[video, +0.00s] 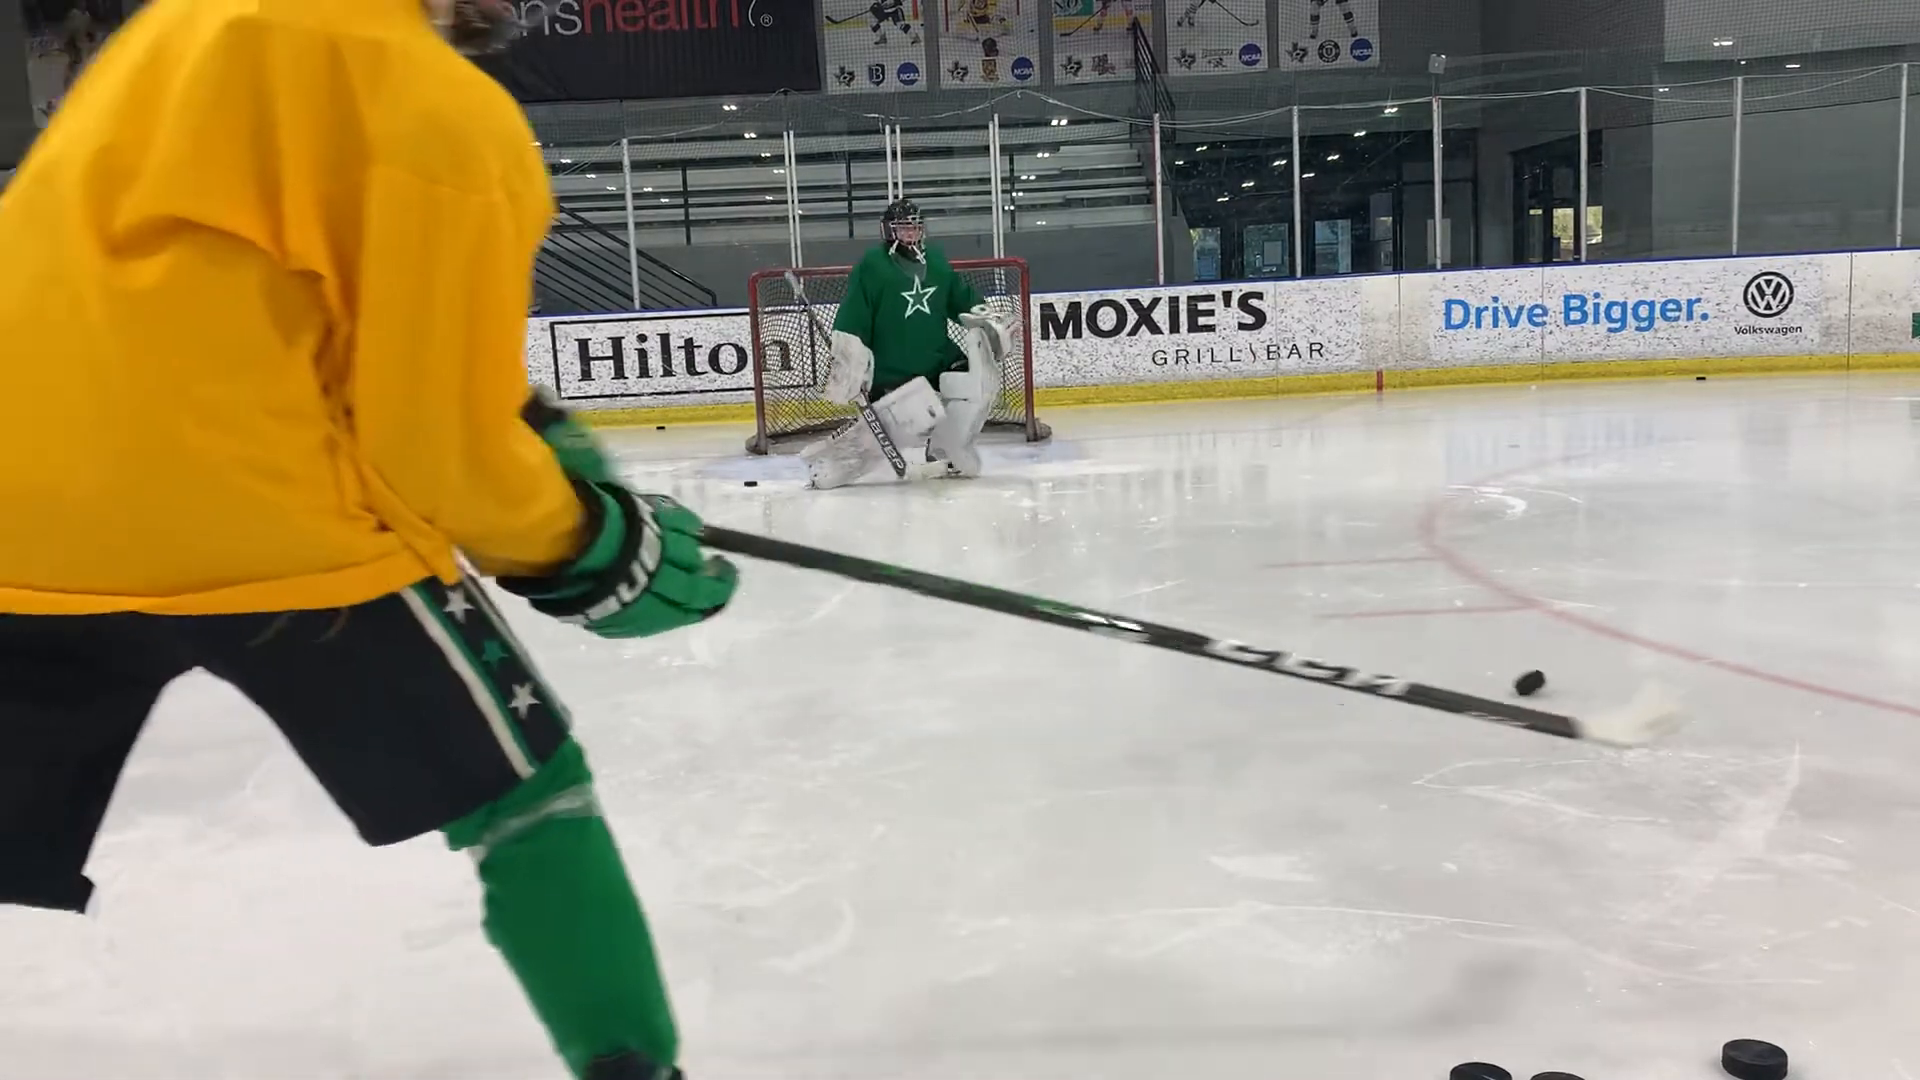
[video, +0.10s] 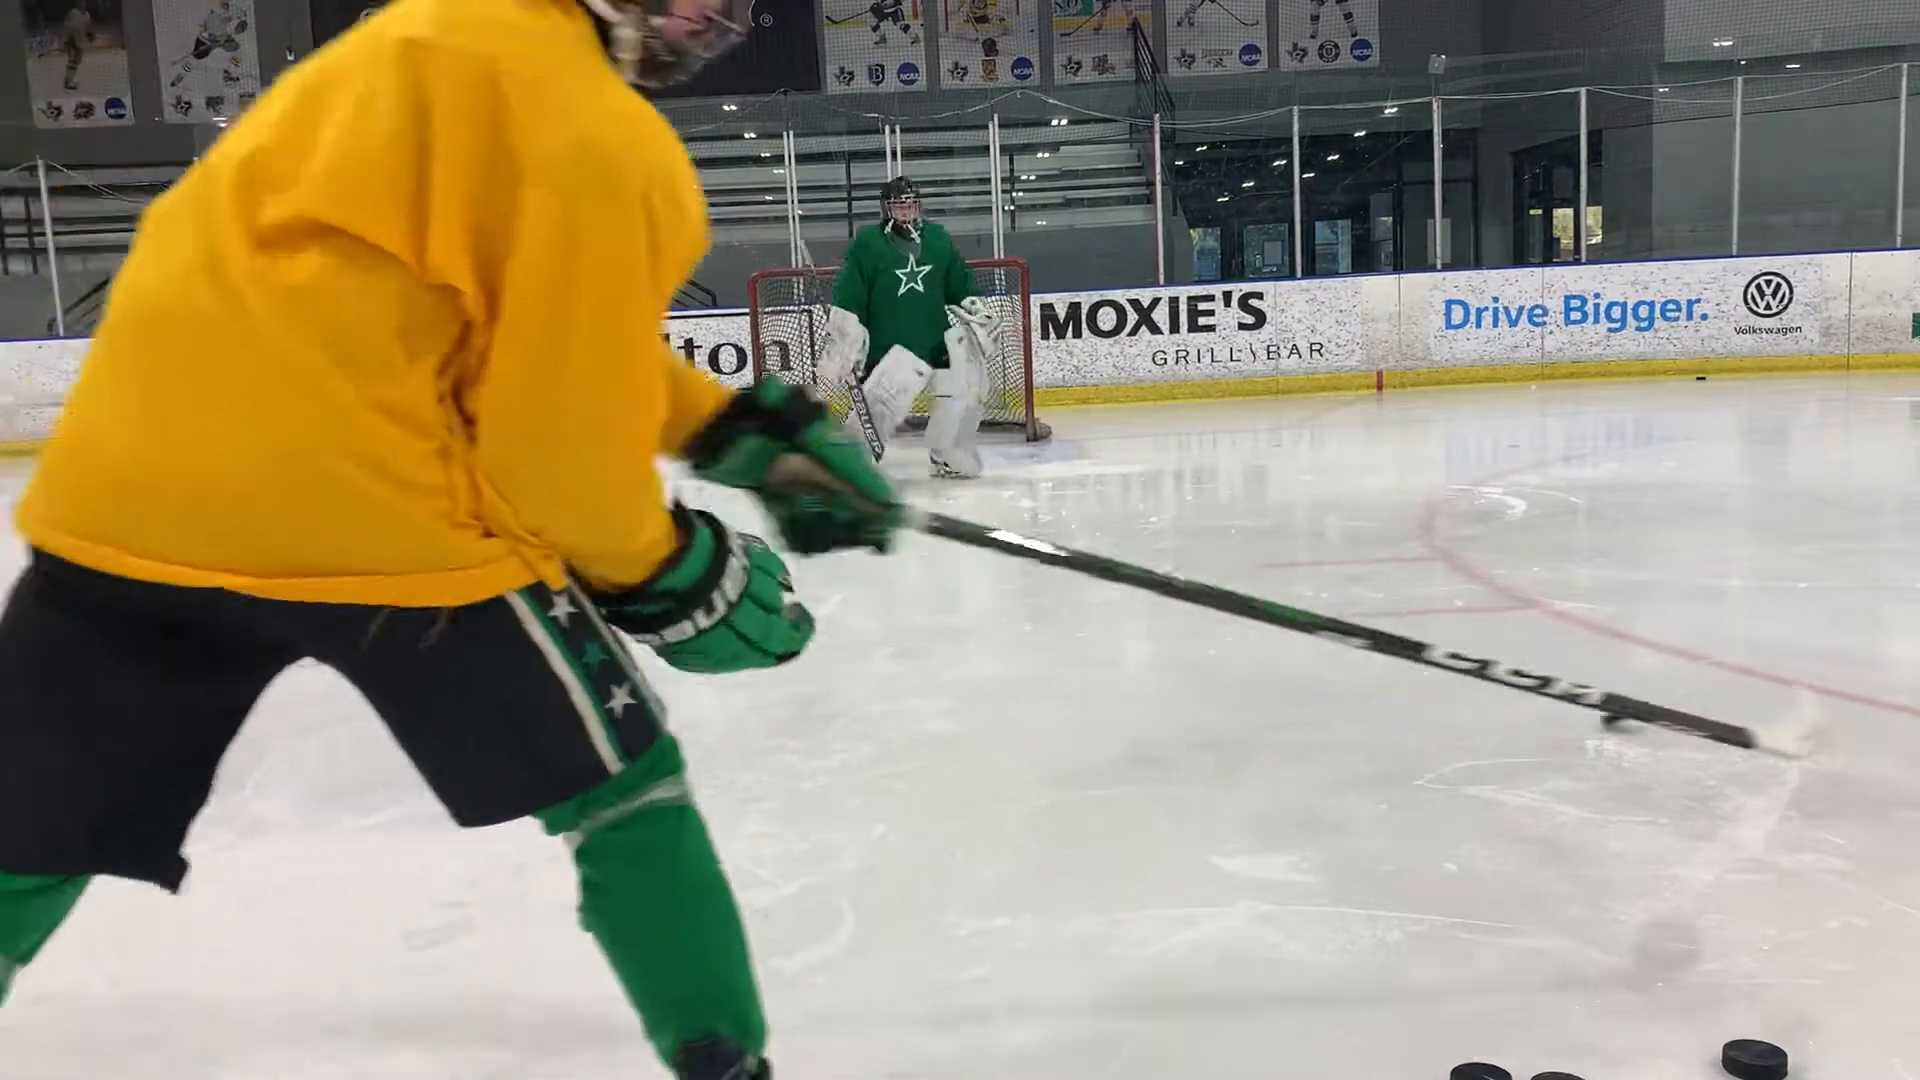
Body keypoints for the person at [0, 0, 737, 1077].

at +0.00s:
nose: (505, 18)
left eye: (508, 10)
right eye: (502, 5)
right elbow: (439, 441)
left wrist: (511, 428)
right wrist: (598, 553)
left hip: (34, 509)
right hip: (269, 506)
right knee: (524, 803)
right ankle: (630, 1057)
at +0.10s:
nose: (720, 22)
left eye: (738, 10)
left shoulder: (396, 47)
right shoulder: (606, 139)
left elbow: (527, 326)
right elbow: (560, 464)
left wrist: (743, 432)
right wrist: (683, 577)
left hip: (123, 485)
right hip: (379, 508)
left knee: (20, 863)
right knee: (621, 790)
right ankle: (721, 1059)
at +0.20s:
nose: (863, 49)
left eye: (869, 24)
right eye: (851, 18)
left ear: (722, 1)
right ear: (770, 7)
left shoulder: (586, 78)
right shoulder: (713, 149)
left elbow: (802, 348)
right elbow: (651, 483)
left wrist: (979, 437)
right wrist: (767, 578)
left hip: (243, 477)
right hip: (465, 508)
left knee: (95, 875)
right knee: (713, 779)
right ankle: (810, 1060)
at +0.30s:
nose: (982, 104)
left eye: (991, 77)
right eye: (963, 69)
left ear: (881, 70)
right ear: (867, 55)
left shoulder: (830, 190)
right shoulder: (792, 178)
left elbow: (965, 375)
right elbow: (721, 489)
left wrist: (1149, 453)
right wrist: (842, 571)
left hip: (355, 474)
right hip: (544, 506)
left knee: (192, 876)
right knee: (801, 768)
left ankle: (18, 1061)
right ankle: (869, 1061)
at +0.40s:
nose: (1061, 127)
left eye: (1069, 97)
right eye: (1040, 90)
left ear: (999, 100)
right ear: (941, 74)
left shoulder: (964, 245)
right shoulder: (846, 172)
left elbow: (1060, 404)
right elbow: (773, 480)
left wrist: (1253, 480)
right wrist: (904, 565)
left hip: (435, 476)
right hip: (596, 506)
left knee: (310, 865)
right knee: (854, 752)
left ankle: (62, 1072)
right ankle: (881, 1059)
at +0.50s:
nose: (1114, 135)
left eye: (1123, 105)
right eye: (1093, 97)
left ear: (1056, 104)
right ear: (998, 73)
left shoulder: (1013, 245)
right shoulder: (904, 165)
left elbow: (1087, 419)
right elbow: (809, 459)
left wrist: (1269, 528)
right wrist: (936, 571)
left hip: (483, 452)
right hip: (633, 479)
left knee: (452, 847)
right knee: (881, 745)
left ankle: (169, 1058)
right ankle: (904, 1051)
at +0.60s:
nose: (1130, 112)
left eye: (1139, 82)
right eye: (1114, 73)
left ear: (1065, 68)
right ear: (1033, 48)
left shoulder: (1015, 228)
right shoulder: (932, 137)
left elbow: (1054, 432)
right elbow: (839, 431)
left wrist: (1192, 562)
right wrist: (947, 565)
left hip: (515, 415)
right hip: (667, 444)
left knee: (600, 793)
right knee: (883, 743)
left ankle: (309, 1026)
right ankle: (920, 1060)